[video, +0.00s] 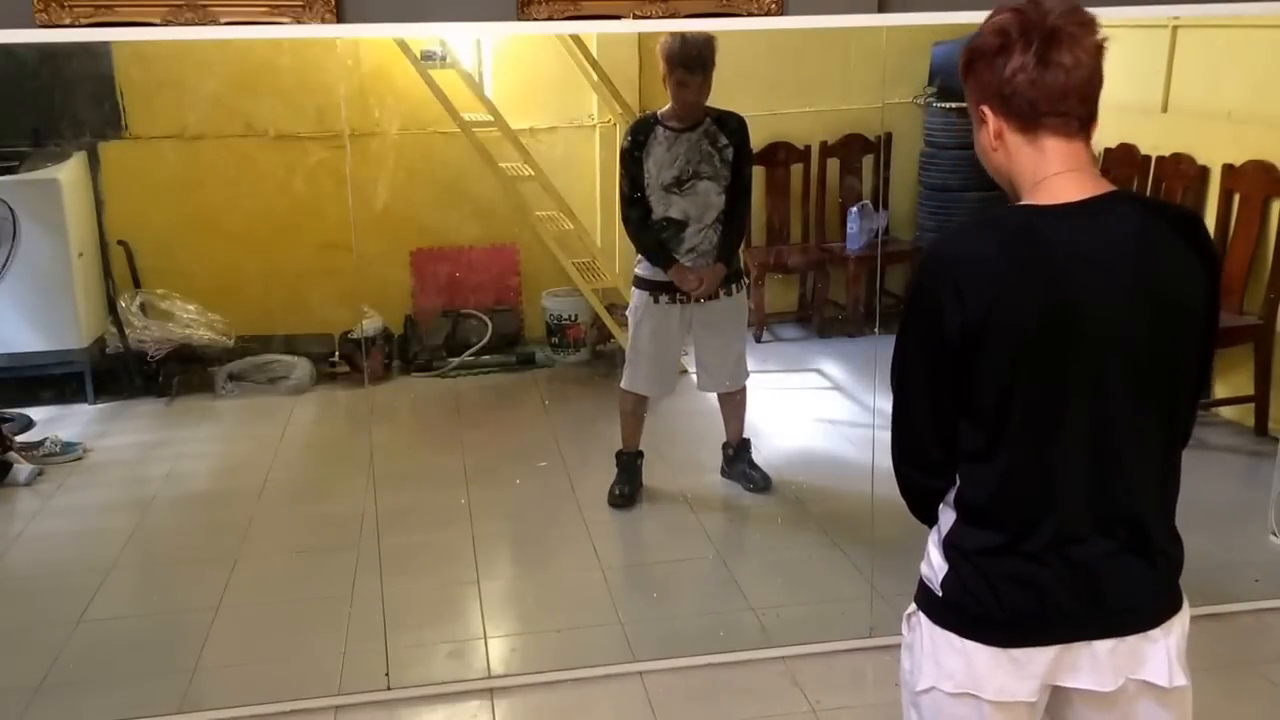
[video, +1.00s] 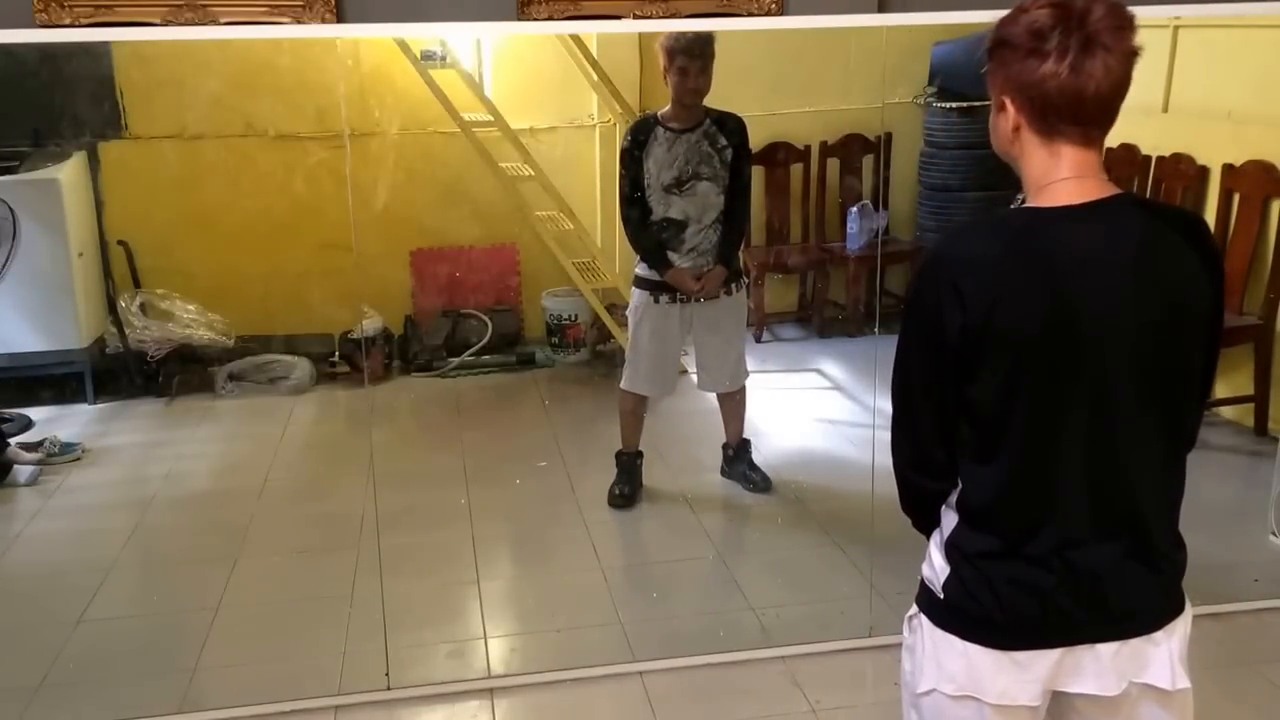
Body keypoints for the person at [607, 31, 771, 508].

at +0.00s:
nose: (689, 90)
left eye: (697, 80)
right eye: (680, 80)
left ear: (710, 77)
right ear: (665, 77)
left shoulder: (732, 129)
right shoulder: (640, 135)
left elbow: (740, 204)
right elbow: (632, 212)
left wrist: (721, 262)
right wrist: (672, 266)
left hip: (720, 279)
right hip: (656, 281)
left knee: (731, 373)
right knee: (638, 378)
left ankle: (736, 456)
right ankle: (628, 465)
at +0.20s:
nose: (693, 80)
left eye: (703, 72)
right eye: (685, 71)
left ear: (717, 75)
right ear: (672, 70)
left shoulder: (734, 129)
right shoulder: (642, 134)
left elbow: (740, 204)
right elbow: (631, 211)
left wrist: (721, 263)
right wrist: (670, 268)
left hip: (720, 280)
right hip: (656, 281)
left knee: (731, 374)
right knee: (638, 379)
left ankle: (736, 456)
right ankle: (628, 466)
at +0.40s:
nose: (694, 85)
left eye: (703, 76)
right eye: (686, 75)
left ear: (717, 76)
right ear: (672, 71)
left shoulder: (734, 129)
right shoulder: (642, 134)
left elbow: (740, 204)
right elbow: (631, 212)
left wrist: (722, 263)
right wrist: (671, 268)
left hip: (720, 280)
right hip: (657, 281)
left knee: (730, 375)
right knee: (638, 379)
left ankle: (736, 456)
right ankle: (628, 465)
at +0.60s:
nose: (691, 83)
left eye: (699, 73)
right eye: (682, 73)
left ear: (713, 74)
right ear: (668, 72)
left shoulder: (732, 129)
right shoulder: (640, 135)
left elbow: (740, 204)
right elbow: (631, 214)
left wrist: (722, 264)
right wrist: (671, 270)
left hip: (720, 280)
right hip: (657, 281)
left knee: (730, 374)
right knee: (637, 380)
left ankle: (736, 456)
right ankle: (628, 466)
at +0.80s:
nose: (690, 78)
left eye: (698, 68)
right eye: (681, 69)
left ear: (711, 72)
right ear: (665, 72)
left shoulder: (731, 129)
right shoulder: (639, 135)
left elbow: (739, 204)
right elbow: (631, 212)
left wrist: (723, 264)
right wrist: (666, 269)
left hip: (719, 280)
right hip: (657, 281)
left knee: (730, 374)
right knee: (637, 380)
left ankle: (736, 456)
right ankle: (628, 466)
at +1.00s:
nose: (692, 77)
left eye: (700, 67)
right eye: (682, 68)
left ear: (711, 71)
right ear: (665, 71)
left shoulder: (731, 129)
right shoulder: (640, 135)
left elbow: (739, 205)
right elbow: (631, 212)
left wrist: (723, 264)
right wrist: (666, 269)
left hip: (719, 279)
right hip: (657, 280)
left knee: (730, 373)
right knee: (638, 378)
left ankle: (736, 456)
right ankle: (628, 465)